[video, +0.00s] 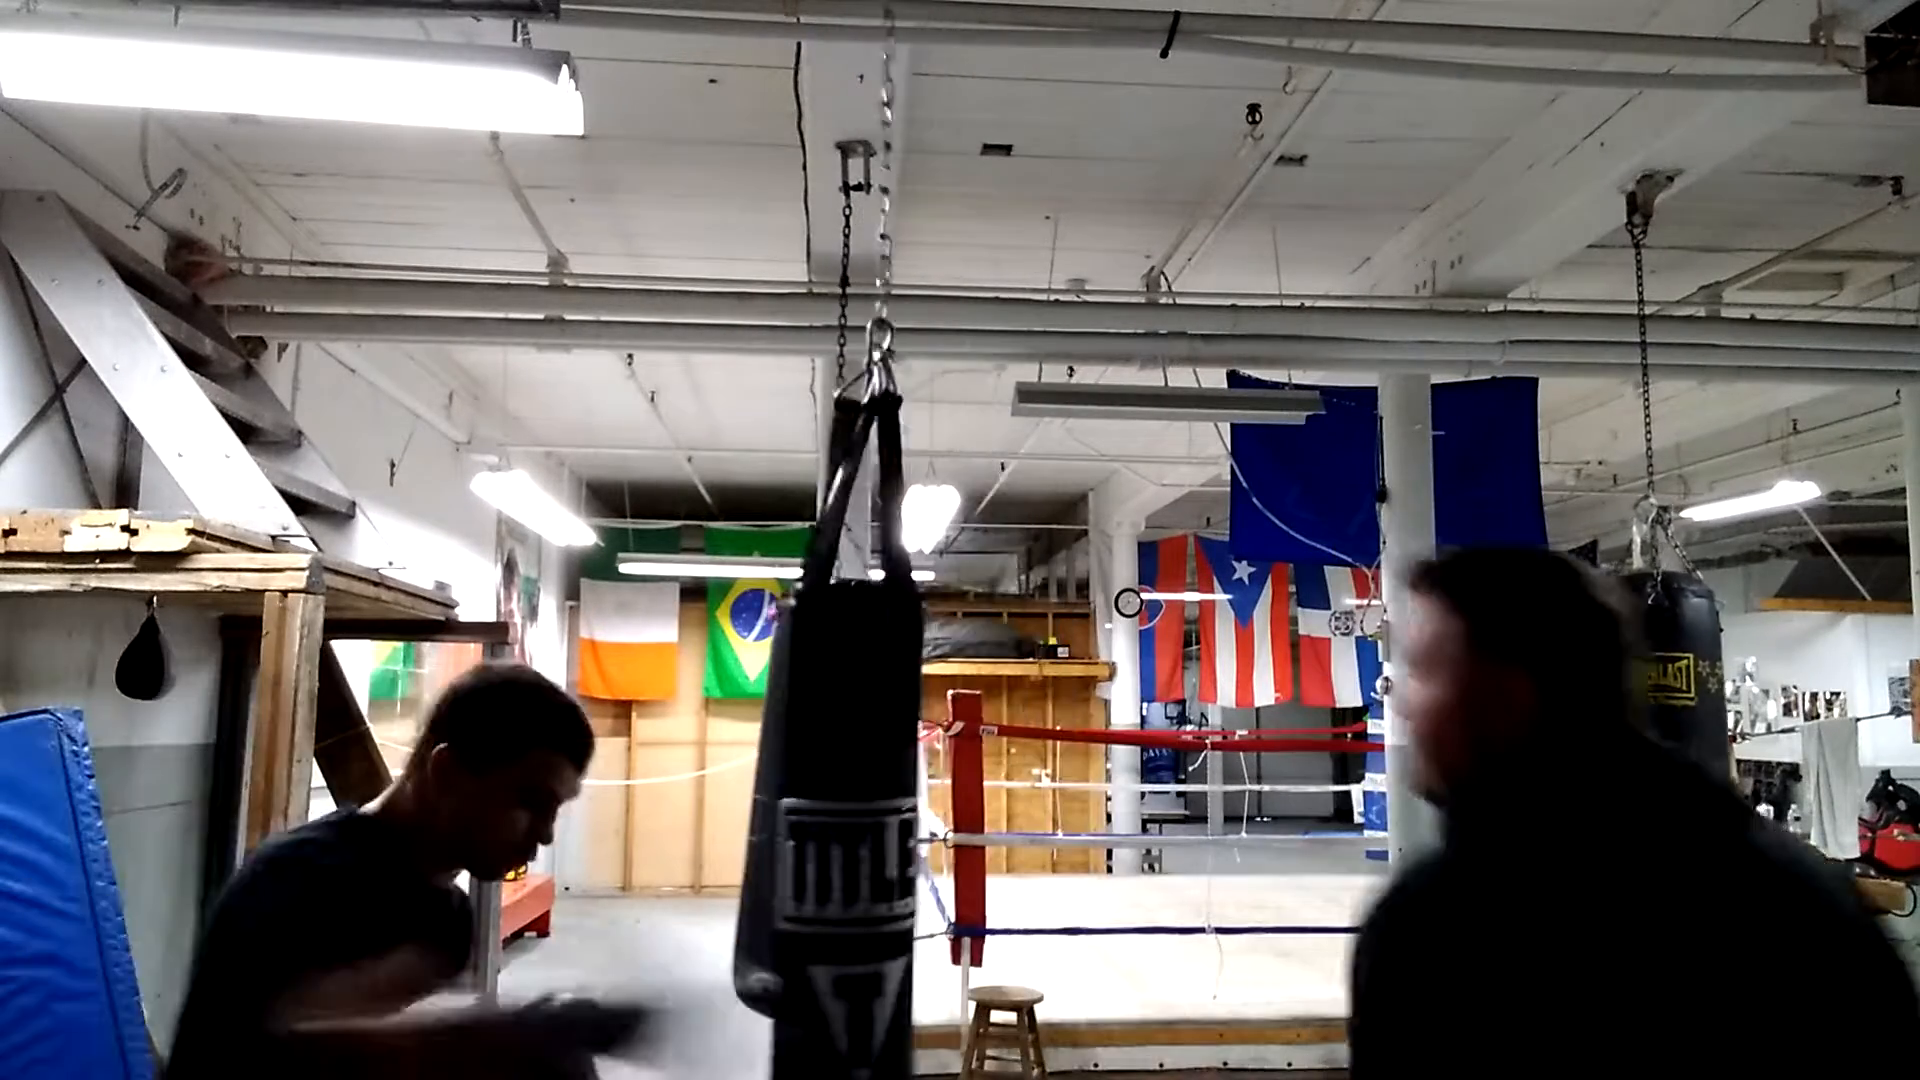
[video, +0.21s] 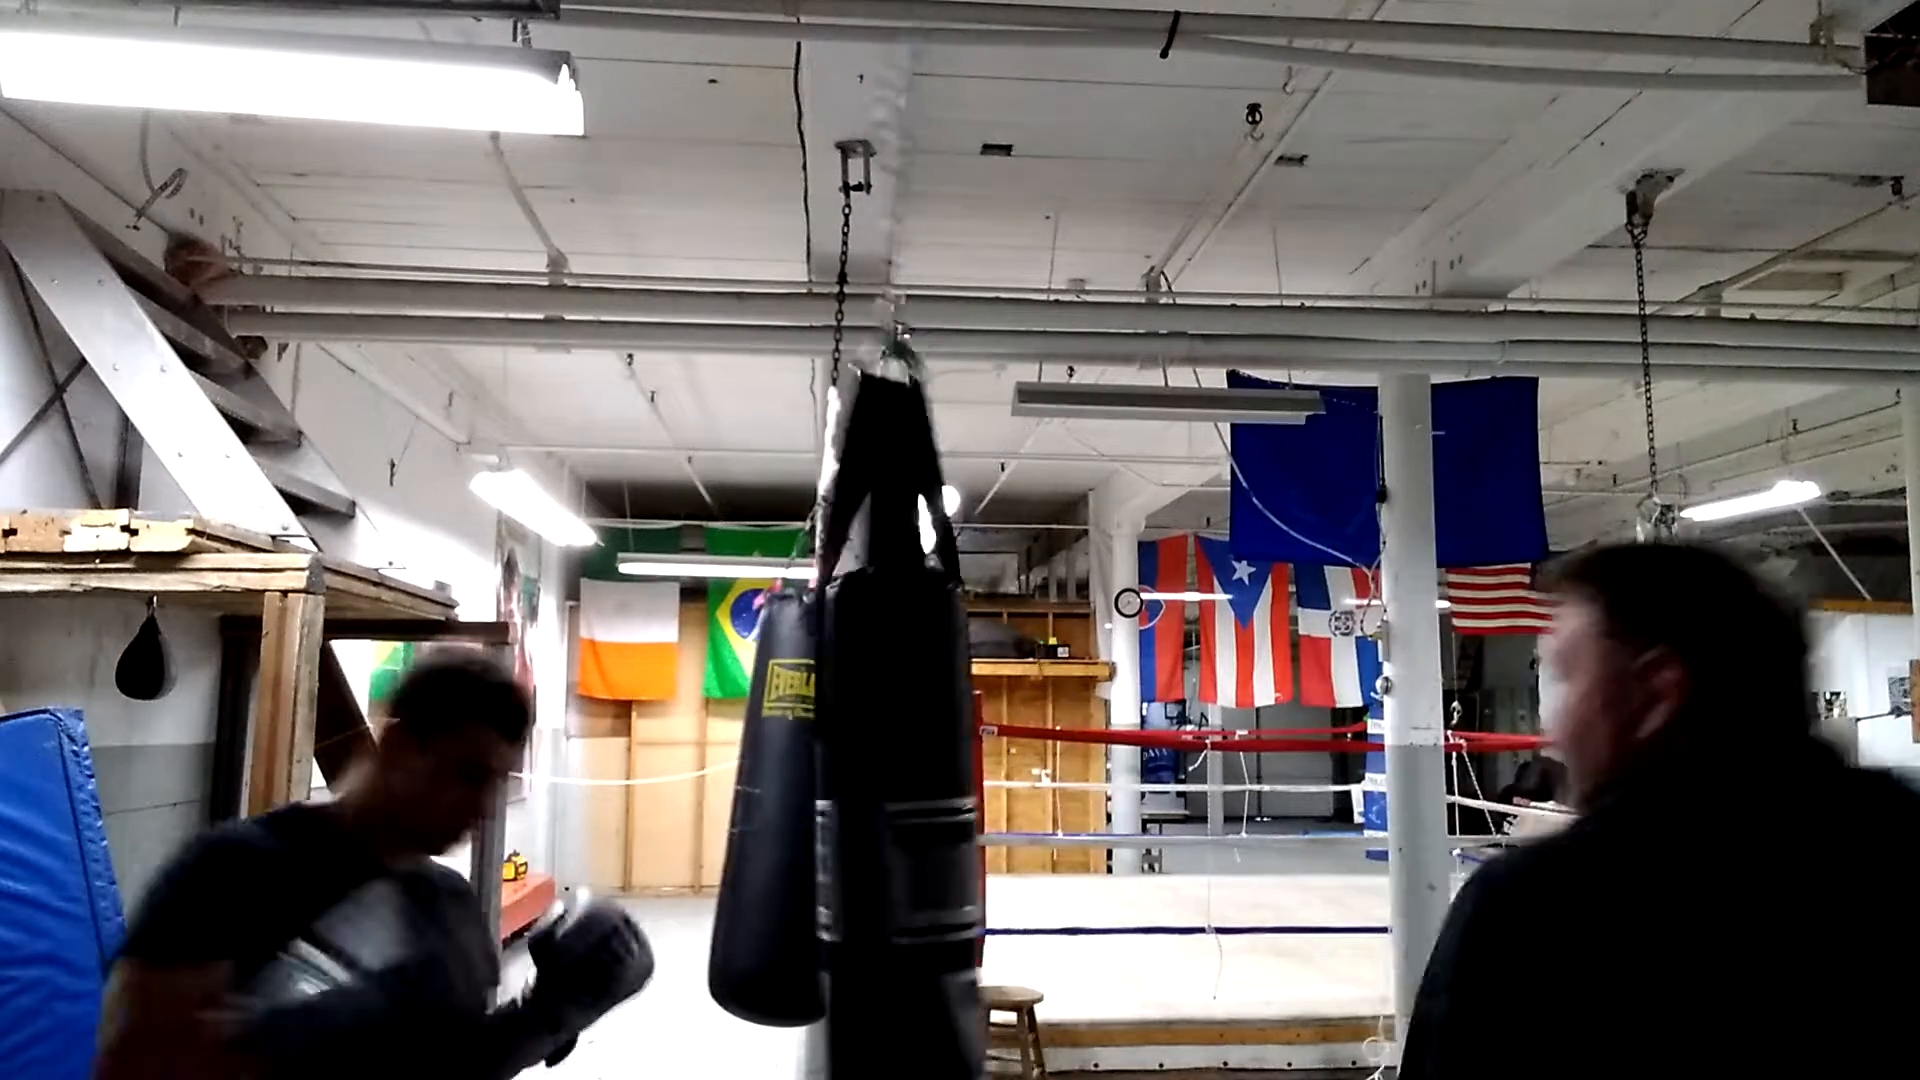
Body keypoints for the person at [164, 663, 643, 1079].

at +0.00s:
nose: (546, 836)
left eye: (555, 812)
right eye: (533, 804)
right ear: (444, 769)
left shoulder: (447, 910)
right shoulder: (297, 875)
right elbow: (241, 1045)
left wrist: (524, 1032)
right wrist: (491, 1041)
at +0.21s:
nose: (483, 808)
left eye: (496, 783)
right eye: (469, 775)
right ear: (393, 742)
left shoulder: (449, 905)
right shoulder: (233, 868)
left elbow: (439, 1076)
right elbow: (140, 1056)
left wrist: (551, 1010)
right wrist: (387, 1007)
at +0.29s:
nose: (422, 804)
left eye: (437, 778)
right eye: (405, 770)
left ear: (452, 770)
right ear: (334, 744)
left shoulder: (413, 896)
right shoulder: (175, 882)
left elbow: (439, 1068)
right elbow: (131, 1067)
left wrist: (541, 1020)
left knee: (580, 967)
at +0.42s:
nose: (369, 798)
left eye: (381, 770)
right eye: (346, 767)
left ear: (392, 763)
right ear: (260, 741)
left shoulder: (380, 876)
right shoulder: (120, 896)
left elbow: (451, 1010)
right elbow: (95, 1070)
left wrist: (405, 842)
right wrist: (247, 1032)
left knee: (466, 1032)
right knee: (355, 943)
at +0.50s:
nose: (368, 794)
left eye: (381, 767)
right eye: (345, 762)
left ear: (391, 764)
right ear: (261, 737)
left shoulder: (394, 875)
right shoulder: (125, 898)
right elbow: (117, 1071)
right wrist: (256, 1000)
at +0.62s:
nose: (412, 806)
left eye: (425, 781)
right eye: (395, 775)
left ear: (436, 773)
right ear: (319, 751)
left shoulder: (427, 878)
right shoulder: (189, 892)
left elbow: (454, 1053)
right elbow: (158, 1067)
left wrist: (499, 1003)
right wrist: (280, 986)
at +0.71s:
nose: (463, 823)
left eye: (474, 801)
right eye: (448, 795)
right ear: (373, 764)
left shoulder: (469, 888)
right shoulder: (241, 890)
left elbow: (484, 1065)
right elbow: (205, 1067)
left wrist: (532, 1030)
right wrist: (327, 1002)